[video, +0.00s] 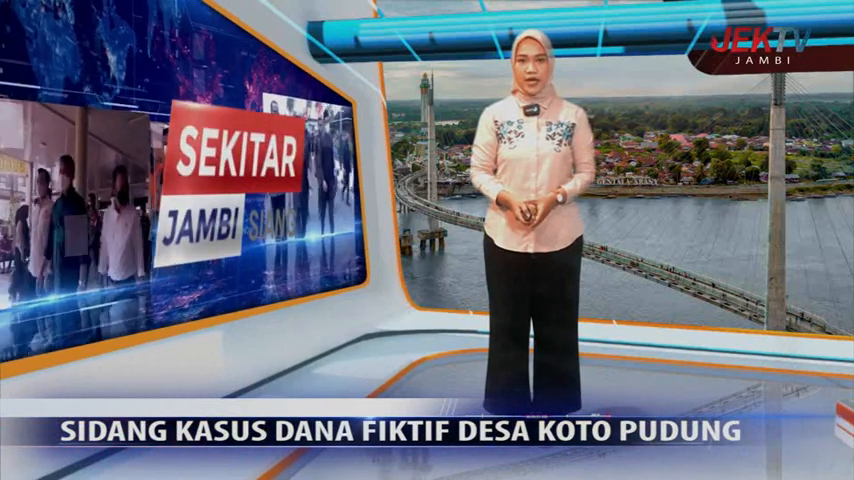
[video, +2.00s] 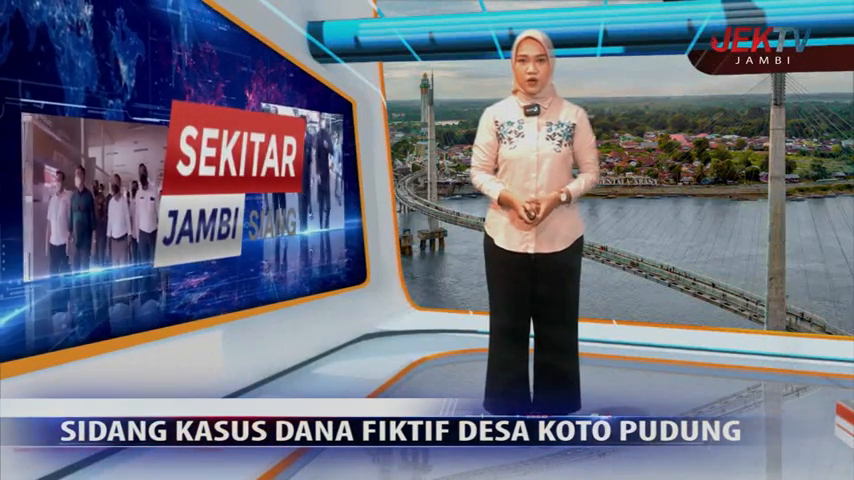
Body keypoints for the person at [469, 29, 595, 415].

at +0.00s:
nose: (531, 67)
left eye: (539, 59)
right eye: (523, 60)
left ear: (551, 65)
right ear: (512, 65)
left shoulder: (573, 116)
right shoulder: (494, 116)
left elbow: (586, 173)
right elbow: (479, 171)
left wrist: (553, 198)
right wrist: (508, 200)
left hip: (559, 243)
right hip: (506, 244)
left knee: (558, 338)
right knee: (507, 336)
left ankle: (558, 422)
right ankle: (506, 422)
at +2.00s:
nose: (531, 67)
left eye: (540, 60)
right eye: (523, 60)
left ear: (551, 65)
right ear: (513, 66)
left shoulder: (574, 116)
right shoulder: (494, 116)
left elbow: (590, 173)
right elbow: (480, 172)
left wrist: (557, 197)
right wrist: (509, 199)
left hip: (559, 242)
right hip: (507, 243)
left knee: (558, 337)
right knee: (508, 336)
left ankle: (558, 423)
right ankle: (506, 423)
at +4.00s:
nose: (529, 67)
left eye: (538, 59)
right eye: (521, 59)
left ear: (550, 65)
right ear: (511, 65)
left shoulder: (571, 115)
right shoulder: (492, 116)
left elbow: (588, 172)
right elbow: (478, 173)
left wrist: (555, 198)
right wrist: (506, 199)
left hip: (558, 241)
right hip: (505, 242)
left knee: (554, 329)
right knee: (509, 328)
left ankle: (544, 413)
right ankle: (519, 414)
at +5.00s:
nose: (531, 66)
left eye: (539, 58)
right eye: (523, 59)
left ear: (551, 64)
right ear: (512, 64)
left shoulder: (573, 114)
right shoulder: (494, 115)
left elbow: (587, 172)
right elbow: (479, 171)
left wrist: (557, 197)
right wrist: (505, 196)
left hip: (559, 241)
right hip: (506, 241)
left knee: (554, 329)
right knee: (510, 328)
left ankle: (543, 413)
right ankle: (519, 414)